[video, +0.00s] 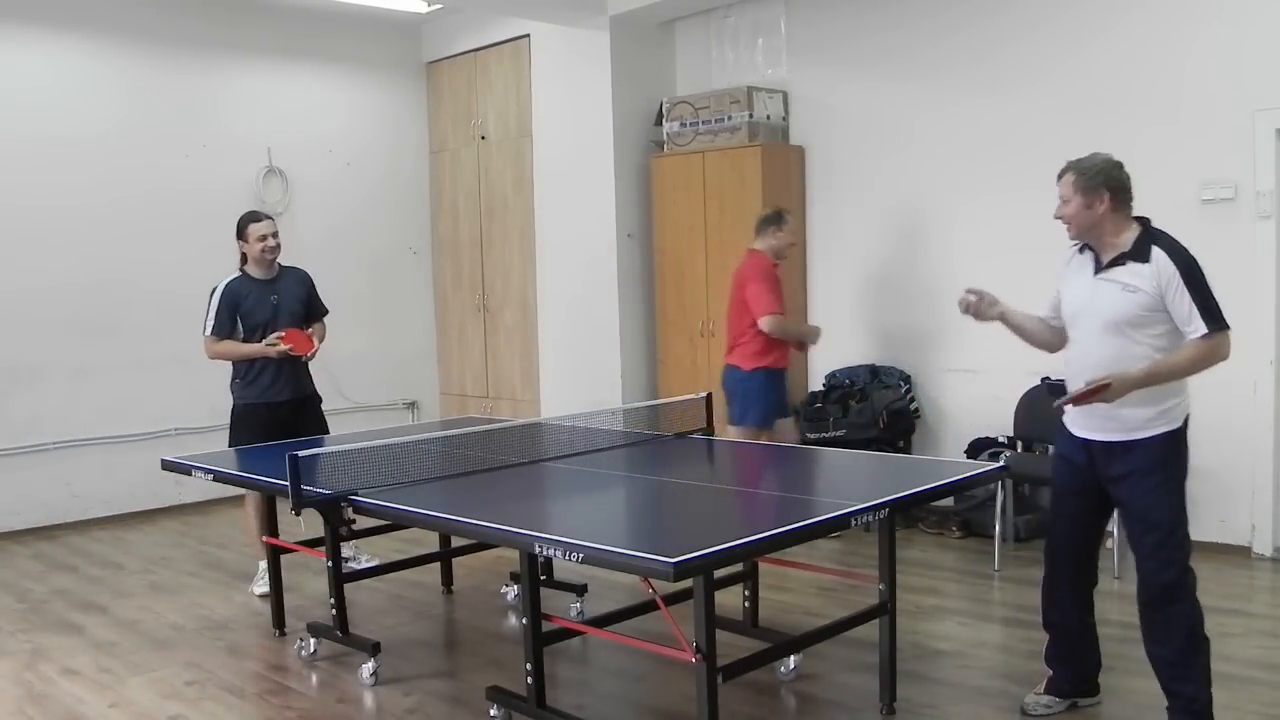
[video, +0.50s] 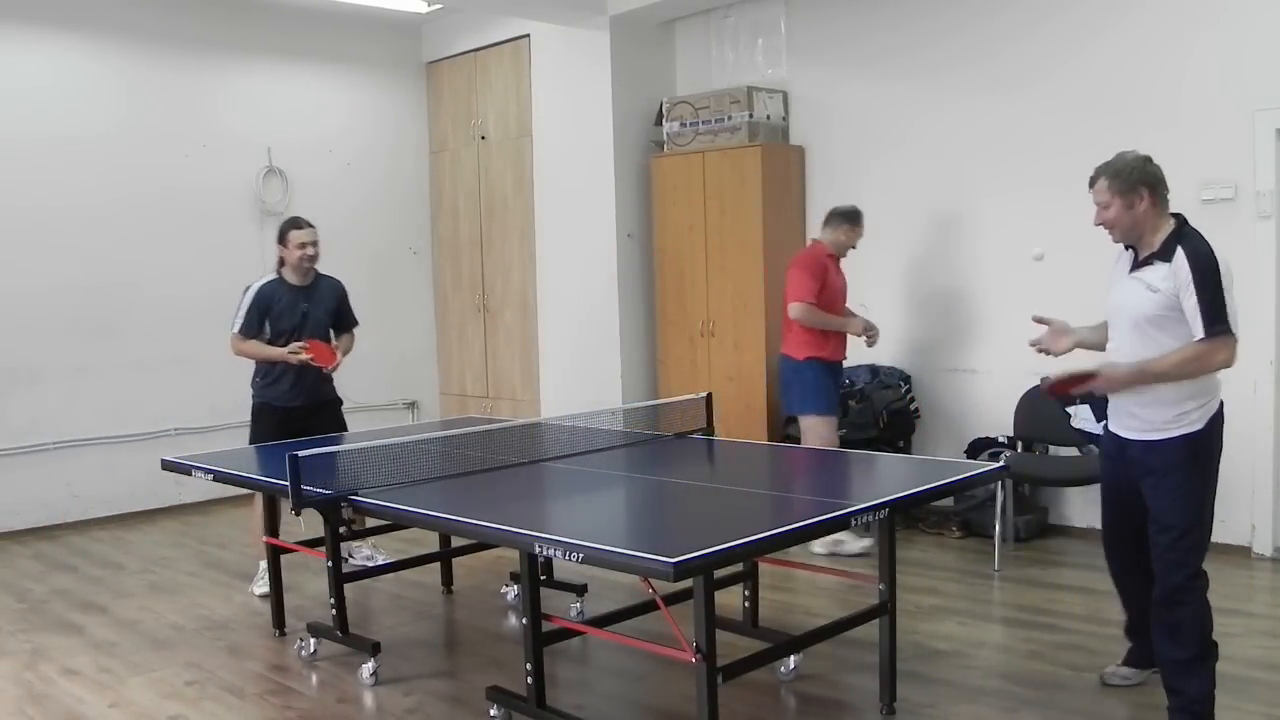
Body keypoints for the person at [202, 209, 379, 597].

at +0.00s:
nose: (272, 243)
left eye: (274, 236)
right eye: (262, 238)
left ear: (279, 238)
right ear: (243, 246)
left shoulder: (298, 279)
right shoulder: (229, 290)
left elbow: (317, 323)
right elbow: (214, 348)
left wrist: (311, 339)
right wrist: (263, 349)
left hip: (302, 402)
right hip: (255, 408)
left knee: (326, 474)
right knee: (257, 488)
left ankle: (342, 549)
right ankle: (267, 565)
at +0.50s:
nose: (310, 252)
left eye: (314, 245)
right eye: (302, 246)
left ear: (319, 248)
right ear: (282, 250)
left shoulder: (333, 289)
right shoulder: (262, 292)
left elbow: (347, 334)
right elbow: (239, 343)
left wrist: (337, 353)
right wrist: (282, 353)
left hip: (322, 405)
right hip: (274, 408)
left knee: (340, 476)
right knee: (268, 490)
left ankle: (348, 547)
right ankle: (267, 564)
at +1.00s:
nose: (332, 272)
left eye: (335, 265)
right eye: (323, 266)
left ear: (336, 267)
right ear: (300, 269)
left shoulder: (338, 308)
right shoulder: (274, 306)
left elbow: (343, 352)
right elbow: (248, 358)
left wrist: (347, 376)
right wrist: (299, 366)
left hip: (315, 414)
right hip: (267, 417)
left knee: (356, 468)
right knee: (246, 486)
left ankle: (356, 547)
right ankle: (220, 573)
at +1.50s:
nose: (310, 303)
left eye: (315, 296)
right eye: (302, 296)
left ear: (319, 296)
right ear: (280, 296)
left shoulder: (322, 334)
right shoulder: (250, 327)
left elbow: (325, 372)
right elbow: (216, 369)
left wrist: (312, 406)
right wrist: (248, 400)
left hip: (291, 413)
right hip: (242, 413)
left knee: (331, 471)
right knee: (227, 489)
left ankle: (342, 548)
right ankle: (215, 577)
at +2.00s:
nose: (321, 314)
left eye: (325, 307)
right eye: (313, 308)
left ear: (328, 306)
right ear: (291, 308)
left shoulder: (326, 340)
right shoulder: (260, 337)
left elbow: (323, 378)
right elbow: (229, 386)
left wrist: (329, 412)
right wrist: (275, 409)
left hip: (289, 412)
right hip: (241, 415)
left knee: (332, 466)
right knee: (228, 489)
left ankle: (344, 547)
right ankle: (210, 577)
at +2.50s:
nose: (332, 324)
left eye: (335, 317)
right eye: (323, 318)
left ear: (338, 318)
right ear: (302, 320)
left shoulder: (335, 354)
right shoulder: (271, 348)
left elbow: (333, 390)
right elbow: (236, 394)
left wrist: (337, 430)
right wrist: (281, 420)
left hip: (294, 417)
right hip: (247, 417)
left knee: (337, 465)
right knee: (228, 487)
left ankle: (345, 544)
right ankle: (208, 576)